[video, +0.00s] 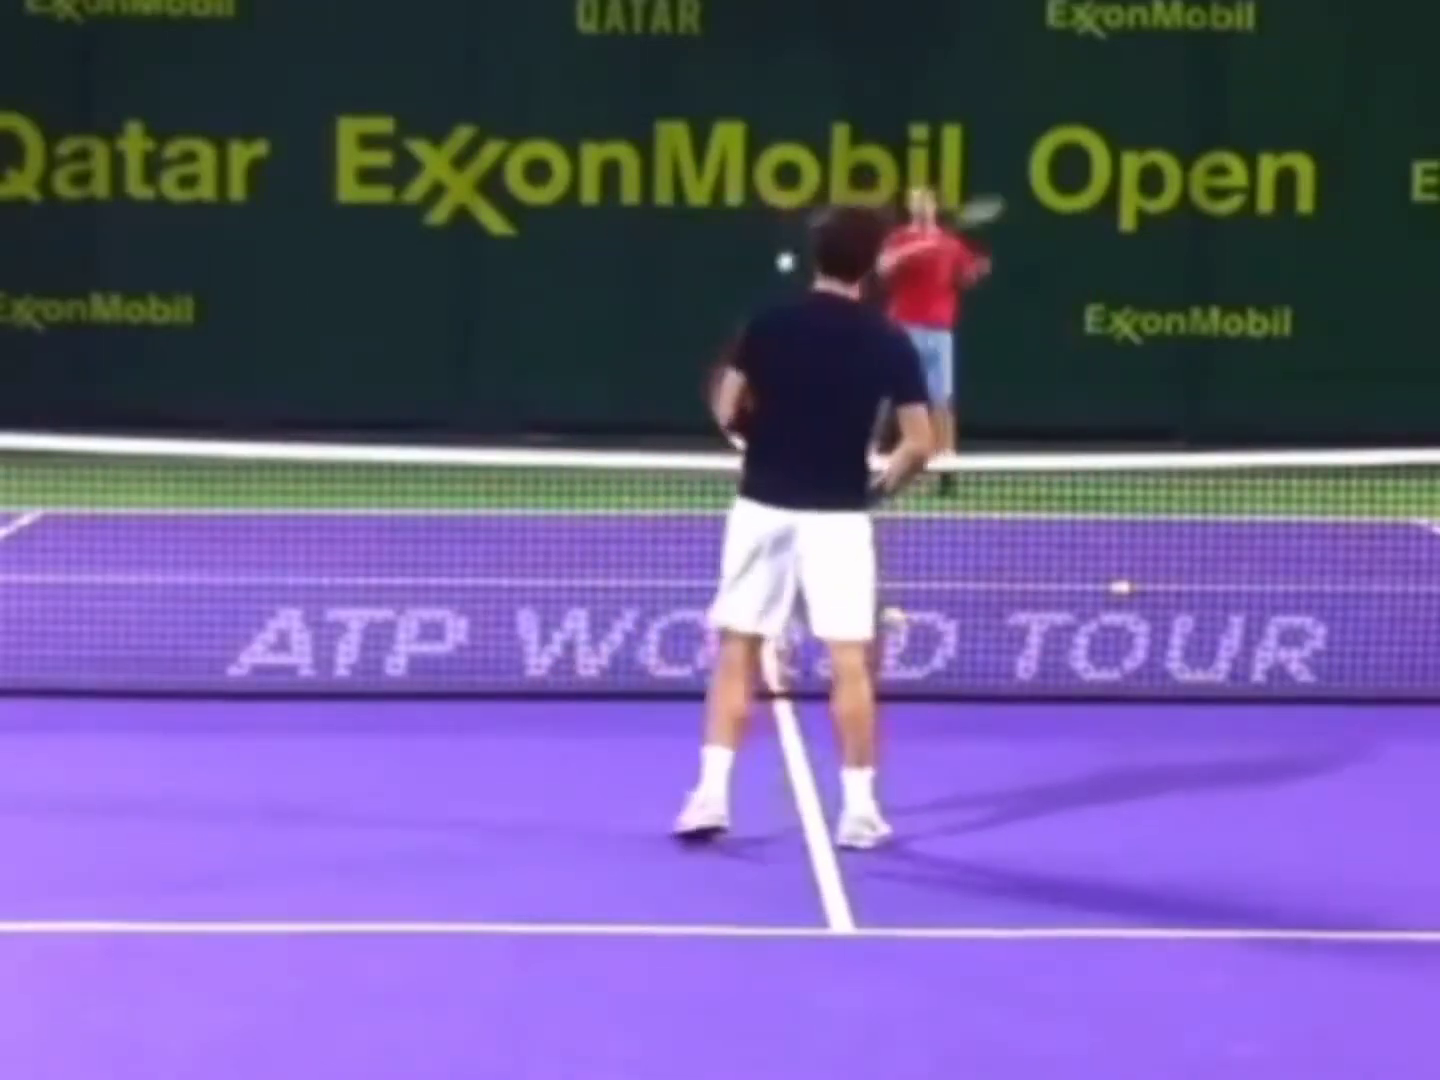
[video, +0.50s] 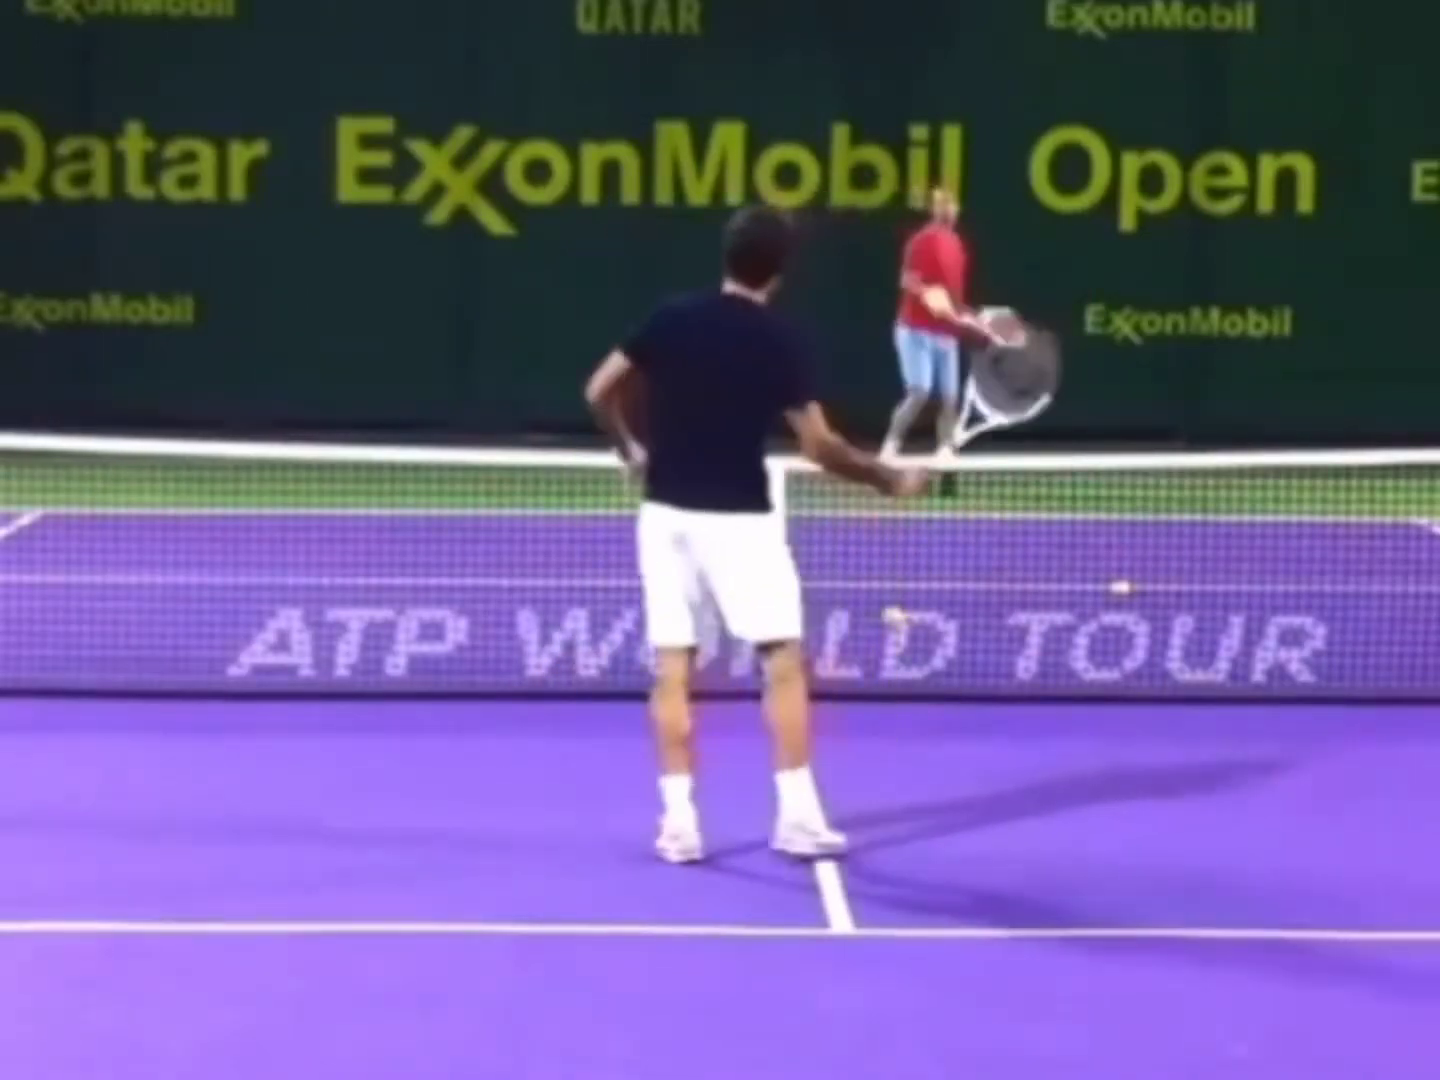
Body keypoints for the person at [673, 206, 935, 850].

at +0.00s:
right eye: (877, 264)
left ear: (814, 261)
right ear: (871, 269)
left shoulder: (771, 322)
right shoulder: (888, 343)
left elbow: (726, 405)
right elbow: (921, 441)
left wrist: (756, 436)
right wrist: (883, 472)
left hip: (762, 508)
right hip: (838, 517)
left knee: (737, 649)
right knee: (849, 660)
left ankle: (712, 790)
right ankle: (859, 805)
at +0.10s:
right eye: (844, 265)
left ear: (794, 264)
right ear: (849, 271)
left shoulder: (751, 327)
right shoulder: (867, 340)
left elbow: (710, 413)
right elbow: (899, 442)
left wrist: (757, 426)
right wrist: (870, 477)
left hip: (749, 511)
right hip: (826, 516)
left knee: (720, 655)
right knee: (848, 659)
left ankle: (694, 794)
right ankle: (859, 806)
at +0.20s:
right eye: (816, 270)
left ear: (770, 270)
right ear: (823, 275)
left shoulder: (728, 332)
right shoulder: (841, 343)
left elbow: (688, 419)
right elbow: (873, 447)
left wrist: (730, 428)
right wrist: (853, 494)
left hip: (731, 516)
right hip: (808, 523)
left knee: (706, 664)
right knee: (841, 658)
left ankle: (685, 808)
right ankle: (859, 805)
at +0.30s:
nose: (790, 281)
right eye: (795, 272)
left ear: (743, 273)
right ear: (799, 278)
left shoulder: (701, 334)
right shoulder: (807, 346)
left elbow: (658, 422)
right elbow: (836, 450)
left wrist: (709, 432)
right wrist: (857, 489)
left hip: (706, 522)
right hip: (783, 528)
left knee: (696, 668)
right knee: (820, 663)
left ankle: (682, 817)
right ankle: (855, 802)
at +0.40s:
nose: (784, 274)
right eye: (786, 265)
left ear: (731, 264)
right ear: (786, 271)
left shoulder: (688, 324)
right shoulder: (787, 339)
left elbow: (623, 408)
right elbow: (816, 446)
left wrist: (669, 445)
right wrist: (873, 480)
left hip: (683, 518)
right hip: (758, 523)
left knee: (684, 664)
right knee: (794, 657)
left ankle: (680, 815)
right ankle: (826, 800)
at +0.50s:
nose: (779, 272)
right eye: (781, 263)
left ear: (725, 260)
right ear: (780, 270)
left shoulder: (675, 319)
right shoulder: (777, 338)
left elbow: (599, 392)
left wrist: (633, 452)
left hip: (666, 516)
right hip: (741, 522)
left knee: (672, 667)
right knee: (783, 660)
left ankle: (678, 818)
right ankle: (797, 813)